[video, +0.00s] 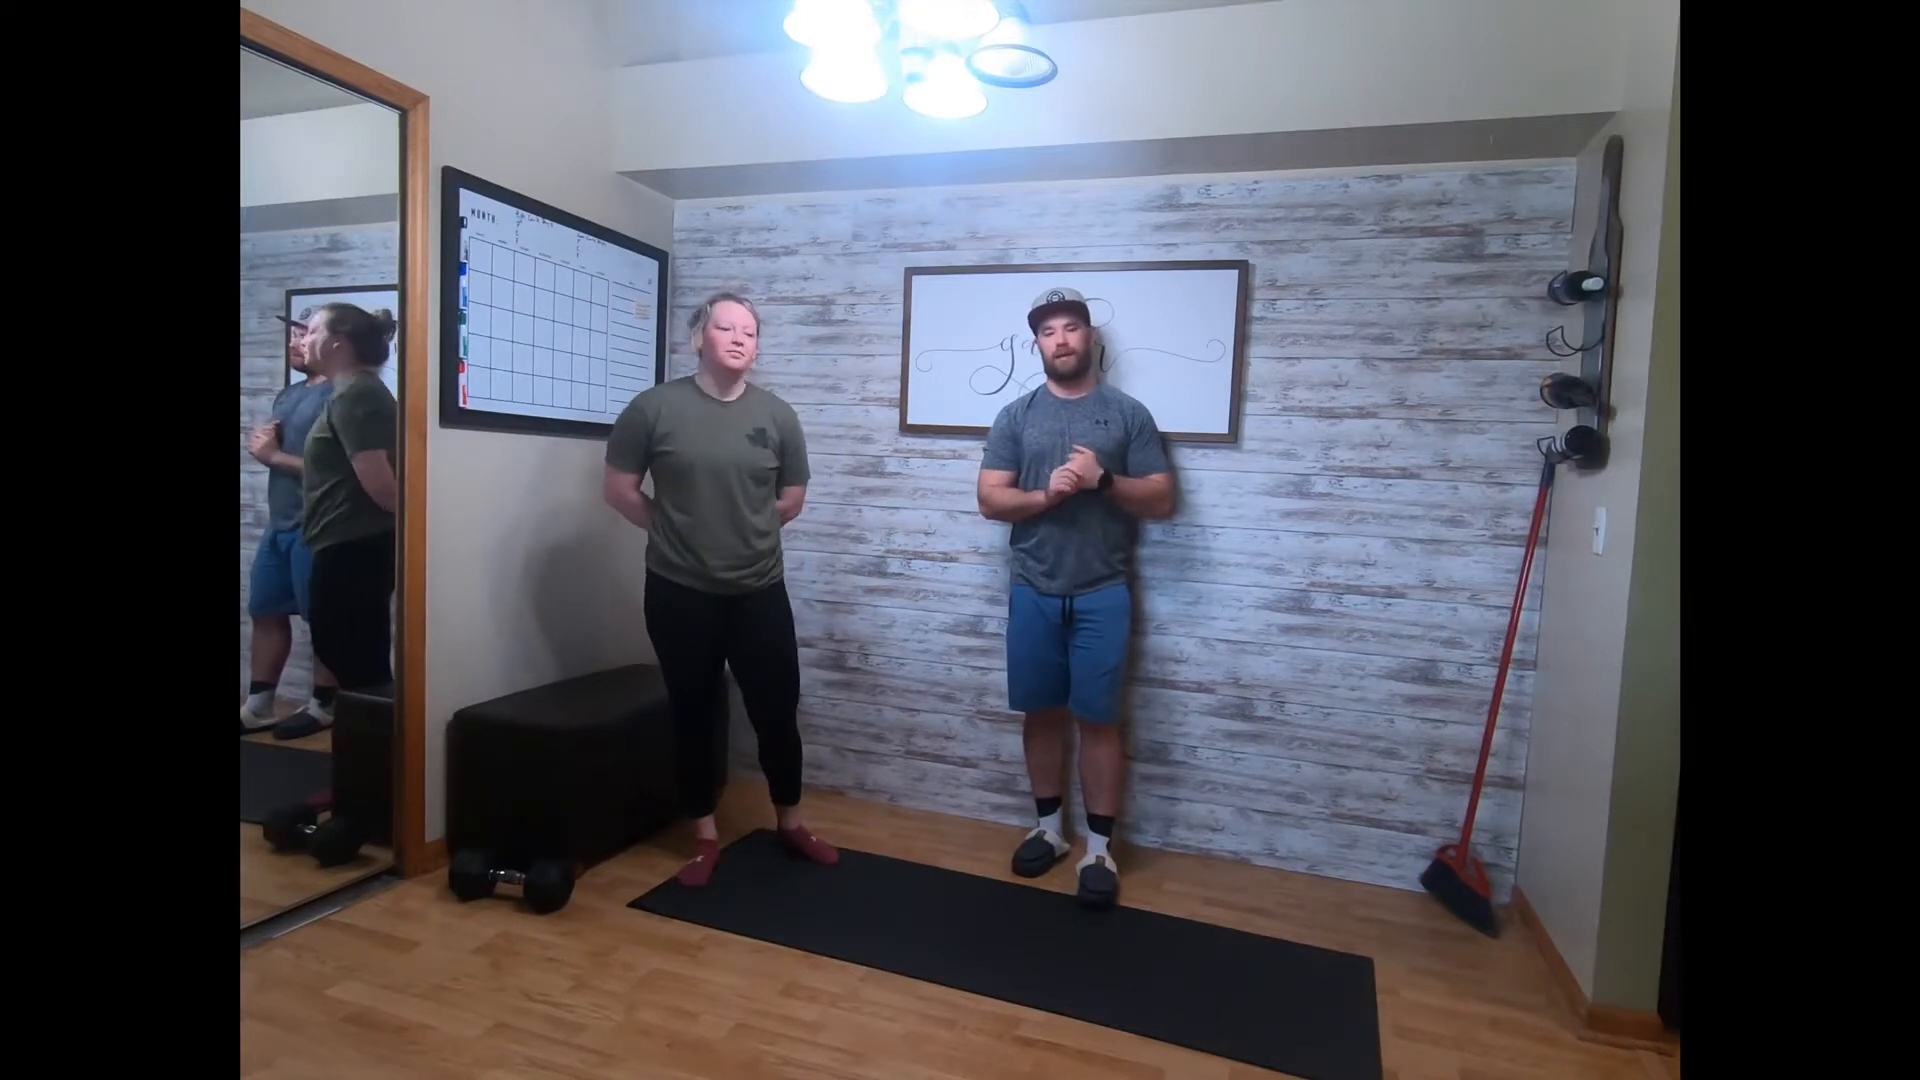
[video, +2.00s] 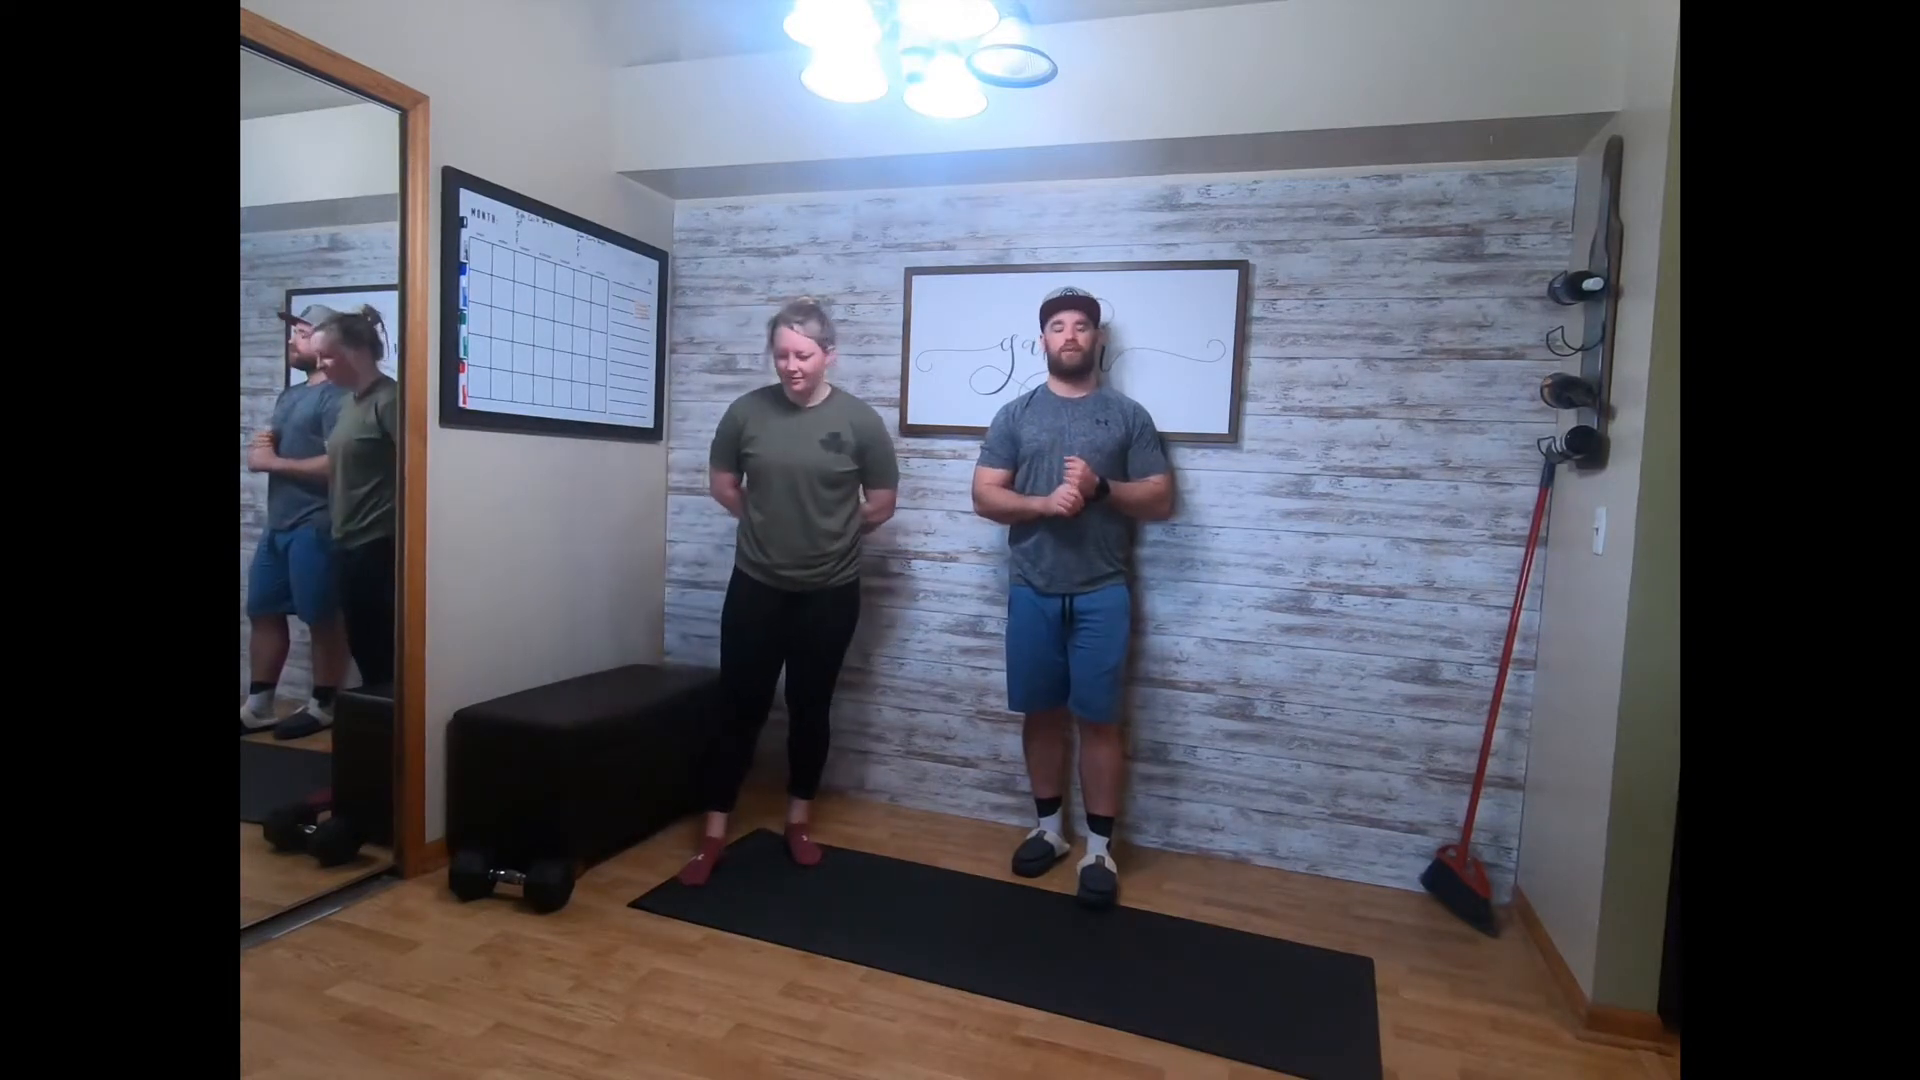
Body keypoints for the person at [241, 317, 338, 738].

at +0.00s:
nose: (297, 339)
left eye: (306, 332)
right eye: (297, 332)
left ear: (328, 344)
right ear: (298, 344)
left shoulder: (335, 396)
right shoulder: (288, 395)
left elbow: (328, 467)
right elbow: (285, 449)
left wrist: (273, 454)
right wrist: (267, 444)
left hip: (315, 528)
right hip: (279, 526)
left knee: (321, 620)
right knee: (267, 612)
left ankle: (324, 706)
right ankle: (260, 703)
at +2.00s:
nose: (293, 338)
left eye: (304, 333)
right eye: (295, 332)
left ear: (327, 346)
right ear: (299, 343)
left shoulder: (338, 397)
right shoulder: (288, 396)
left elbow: (337, 464)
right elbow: (280, 444)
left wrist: (274, 462)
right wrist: (264, 442)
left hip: (317, 523)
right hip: (278, 524)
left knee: (322, 617)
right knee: (264, 610)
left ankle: (324, 706)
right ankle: (259, 704)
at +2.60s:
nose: (294, 339)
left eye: (304, 333)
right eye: (295, 332)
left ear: (327, 343)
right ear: (298, 343)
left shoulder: (343, 392)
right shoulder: (295, 392)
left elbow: (357, 439)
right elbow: (268, 440)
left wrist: (334, 393)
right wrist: (247, 398)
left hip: (318, 526)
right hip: (277, 524)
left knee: (321, 619)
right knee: (259, 609)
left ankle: (324, 706)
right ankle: (259, 704)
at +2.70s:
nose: (300, 344)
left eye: (310, 336)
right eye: (300, 337)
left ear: (334, 344)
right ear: (301, 345)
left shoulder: (347, 394)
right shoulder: (293, 391)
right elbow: (254, 411)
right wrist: (242, 371)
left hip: (319, 527)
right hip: (279, 525)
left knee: (321, 619)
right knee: (261, 609)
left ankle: (325, 706)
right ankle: (259, 703)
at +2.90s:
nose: (296, 340)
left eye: (305, 333)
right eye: (296, 332)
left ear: (329, 341)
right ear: (296, 341)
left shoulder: (340, 385)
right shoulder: (290, 379)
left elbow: (351, 345)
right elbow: (253, 355)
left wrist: (340, 299)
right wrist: (238, 324)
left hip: (322, 522)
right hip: (283, 519)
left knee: (322, 618)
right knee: (264, 609)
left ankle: (324, 705)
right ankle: (259, 702)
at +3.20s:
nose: (291, 340)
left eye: (301, 332)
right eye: (292, 333)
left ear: (327, 340)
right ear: (294, 342)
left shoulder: (338, 386)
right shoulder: (287, 381)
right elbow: (246, 375)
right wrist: (240, 328)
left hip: (318, 524)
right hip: (280, 521)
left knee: (321, 620)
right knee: (262, 609)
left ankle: (324, 705)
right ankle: (259, 703)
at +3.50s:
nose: (293, 342)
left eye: (304, 334)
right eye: (293, 335)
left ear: (328, 344)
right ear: (293, 344)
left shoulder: (337, 392)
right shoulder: (281, 395)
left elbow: (350, 461)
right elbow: (270, 456)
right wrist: (248, 491)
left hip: (313, 526)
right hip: (272, 524)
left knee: (318, 620)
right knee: (256, 611)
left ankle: (324, 705)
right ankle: (259, 704)